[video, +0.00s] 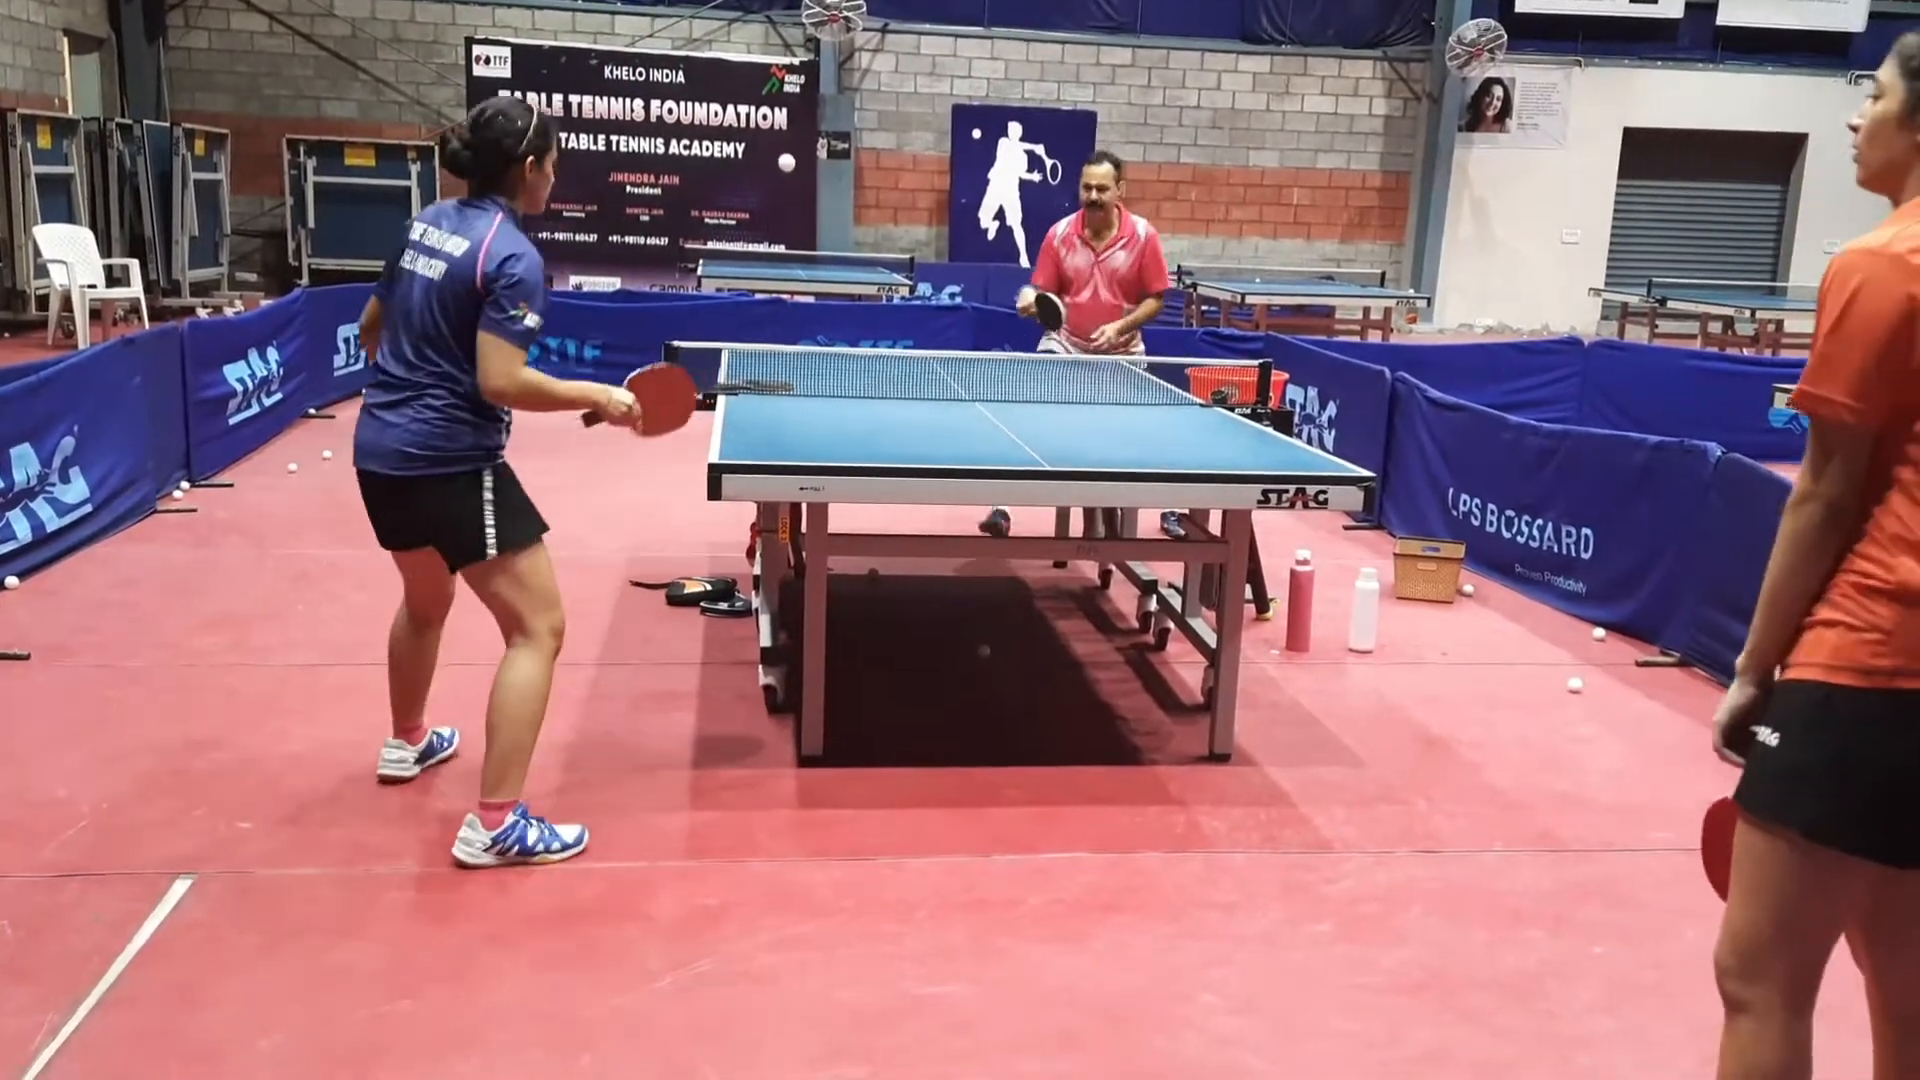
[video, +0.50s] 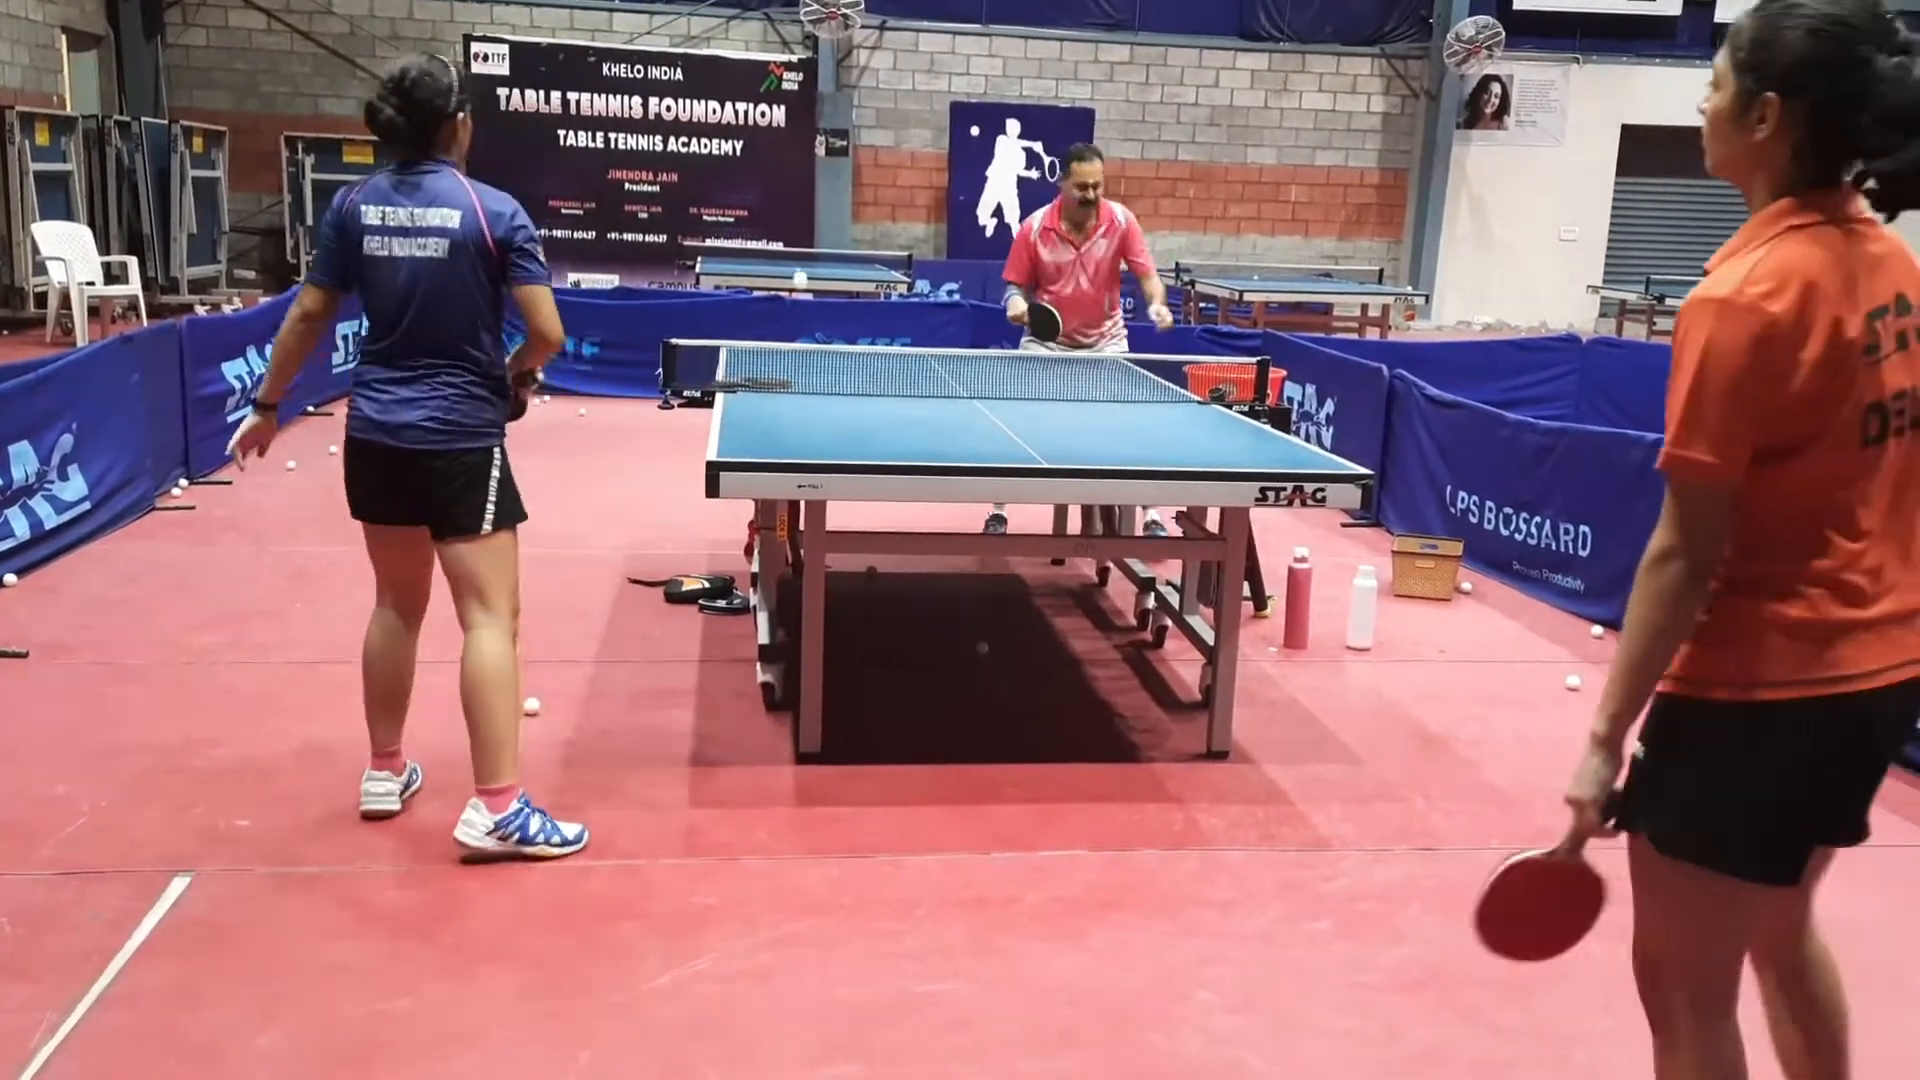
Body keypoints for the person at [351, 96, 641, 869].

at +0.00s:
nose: (553, 174)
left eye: (552, 160)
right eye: (550, 161)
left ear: (473, 161)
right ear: (527, 166)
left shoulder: (428, 223)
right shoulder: (512, 254)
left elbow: (371, 329)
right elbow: (501, 379)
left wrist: (426, 379)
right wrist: (593, 396)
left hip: (382, 455)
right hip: (455, 463)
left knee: (424, 601)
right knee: (538, 629)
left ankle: (405, 741)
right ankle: (498, 818)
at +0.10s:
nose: (547, 158)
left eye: (546, 145)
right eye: (545, 146)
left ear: (466, 149)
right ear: (527, 153)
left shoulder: (414, 215)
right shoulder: (524, 245)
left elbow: (361, 323)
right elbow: (519, 371)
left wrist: (366, 395)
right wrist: (577, 398)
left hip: (389, 450)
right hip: (470, 458)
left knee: (415, 601)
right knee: (530, 628)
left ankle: (401, 743)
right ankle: (496, 817)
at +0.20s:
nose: (534, 146)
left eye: (529, 134)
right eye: (531, 135)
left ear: (455, 142)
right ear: (517, 143)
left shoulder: (402, 208)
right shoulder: (528, 235)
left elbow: (350, 314)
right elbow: (545, 356)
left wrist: (330, 397)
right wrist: (567, 396)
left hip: (394, 450)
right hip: (478, 456)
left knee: (413, 599)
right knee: (519, 628)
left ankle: (393, 753)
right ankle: (495, 815)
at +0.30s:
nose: (515, 136)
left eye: (509, 125)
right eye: (511, 126)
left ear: (432, 137)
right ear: (498, 137)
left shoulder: (385, 209)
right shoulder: (523, 227)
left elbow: (335, 313)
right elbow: (567, 351)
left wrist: (294, 401)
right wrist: (547, 387)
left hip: (393, 451)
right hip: (482, 452)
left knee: (410, 606)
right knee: (505, 624)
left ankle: (385, 771)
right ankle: (495, 815)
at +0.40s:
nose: (495, 134)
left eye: (489, 122)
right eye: (492, 123)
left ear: (415, 134)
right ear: (479, 133)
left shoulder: (371, 209)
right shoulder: (511, 218)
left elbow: (321, 314)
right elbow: (564, 340)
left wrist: (273, 405)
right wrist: (537, 372)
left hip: (388, 445)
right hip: (476, 446)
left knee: (408, 607)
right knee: (493, 623)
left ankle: (386, 773)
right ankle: (494, 815)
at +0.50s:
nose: (472, 129)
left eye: (468, 119)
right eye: (469, 121)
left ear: (382, 131)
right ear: (456, 129)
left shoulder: (350, 208)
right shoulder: (496, 212)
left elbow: (309, 313)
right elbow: (546, 332)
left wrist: (267, 405)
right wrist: (523, 369)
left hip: (376, 445)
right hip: (465, 447)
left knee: (395, 604)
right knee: (488, 618)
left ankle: (384, 772)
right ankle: (499, 805)